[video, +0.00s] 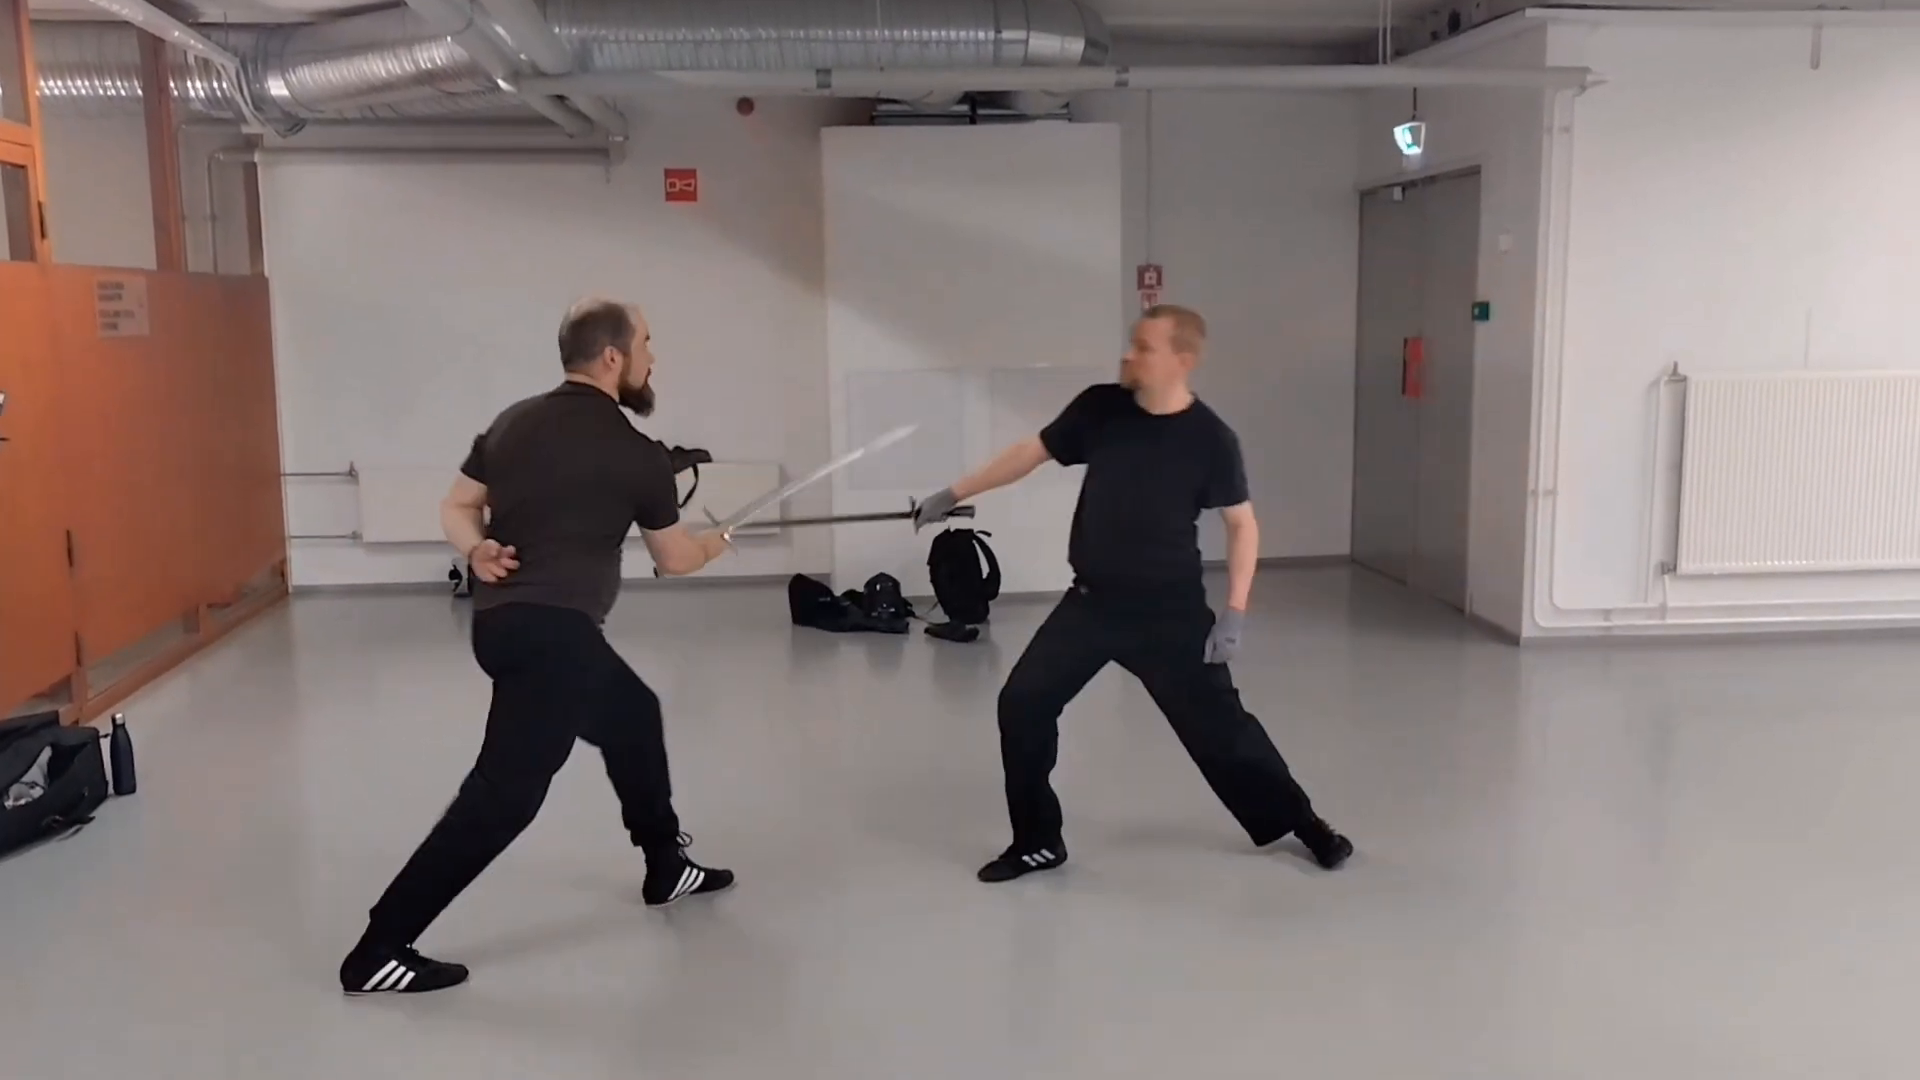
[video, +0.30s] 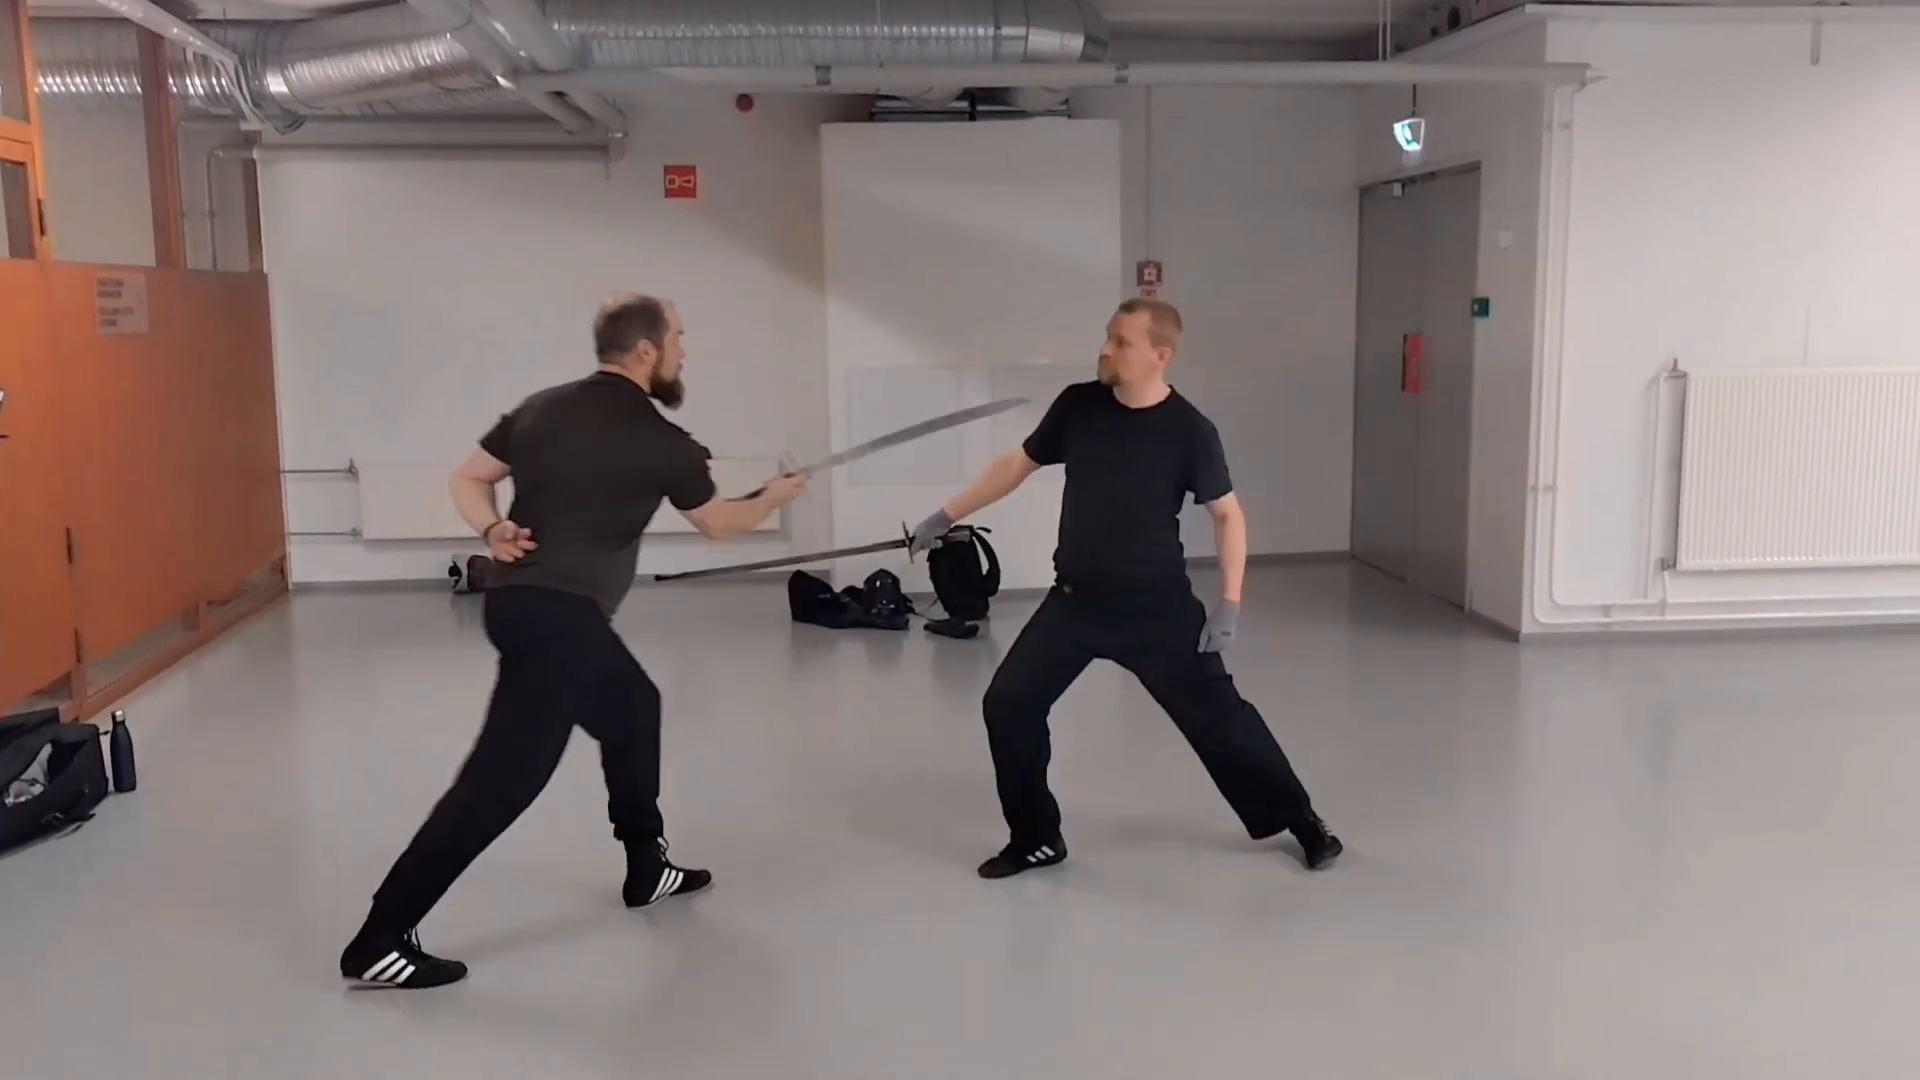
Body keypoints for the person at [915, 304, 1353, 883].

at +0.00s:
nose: (1128, 356)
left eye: (1143, 349)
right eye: (1131, 345)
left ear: (1183, 360)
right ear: (1137, 353)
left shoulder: (1211, 439)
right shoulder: (1101, 407)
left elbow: (1242, 528)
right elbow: (1029, 454)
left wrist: (1234, 614)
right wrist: (952, 494)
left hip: (1169, 613)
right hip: (1090, 605)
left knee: (1224, 728)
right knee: (1022, 702)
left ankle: (1305, 824)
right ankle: (1038, 839)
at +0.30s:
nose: (1105, 349)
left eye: (1119, 342)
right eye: (1108, 338)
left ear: (1159, 355)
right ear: (1121, 347)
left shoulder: (1191, 431)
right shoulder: (1078, 405)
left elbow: (1227, 517)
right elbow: (1016, 465)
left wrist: (1230, 602)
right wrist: (945, 515)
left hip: (1157, 607)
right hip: (1074, 602)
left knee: (1222, 718)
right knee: (1008, 703)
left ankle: (1302, 821)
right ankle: (1035, 835)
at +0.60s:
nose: (1179, 332)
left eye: (1194, 326)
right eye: (1182, 321)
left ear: (1233, 339)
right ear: (1183, 326)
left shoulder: (1249, 419)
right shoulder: (1150, 381)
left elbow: (1281, 514)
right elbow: (1093, 447)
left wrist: (1263, 599)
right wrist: (1025, 498)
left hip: (1193, 591)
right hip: (1118, 581)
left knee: (1233, 714)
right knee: (1049, 690)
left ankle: (1306, 818)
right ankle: (1038, 832)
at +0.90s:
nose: (1272, 292)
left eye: (1287, 285)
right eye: (1275, 281)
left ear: (1328, 297)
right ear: (1279, 288)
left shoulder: (1353, 376)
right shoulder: (1253, 347)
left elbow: (1382, 476)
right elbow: (1219, 428)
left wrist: (1358, 561)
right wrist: (1172, 491)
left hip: (1306, 555)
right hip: (1231, 546)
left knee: (1314, 694)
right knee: (1180, 670)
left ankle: (1318, 824)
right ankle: (1168, 802)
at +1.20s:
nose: (1330, 276)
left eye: (1343, 267)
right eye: (1332, 265)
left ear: (1386, 279)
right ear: (1354, 279)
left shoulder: (1411, 357)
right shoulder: (1323, 344)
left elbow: (1428, 463)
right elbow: (1306, 428)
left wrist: (1399, 549)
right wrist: (1264, 497)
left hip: (1373, 532)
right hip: (1321, 525)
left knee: (1344, 664)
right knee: (1351, 655)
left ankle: (1319, 813)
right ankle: (1434, 741)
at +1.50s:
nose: (1371, 285)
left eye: (1383, 276)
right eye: (1372, 276)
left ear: (1425, 284)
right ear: (1399, 288)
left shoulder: (1446, 355)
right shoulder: (1397, 352)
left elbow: (1466, 454)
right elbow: (1390, 441)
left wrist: (1434, 543)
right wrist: (1326, 470)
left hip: (1436, 535)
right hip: (1404, 530)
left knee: (1394, 667)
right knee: (1446, 659)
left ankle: (1351, 811)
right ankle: (1490, 769)